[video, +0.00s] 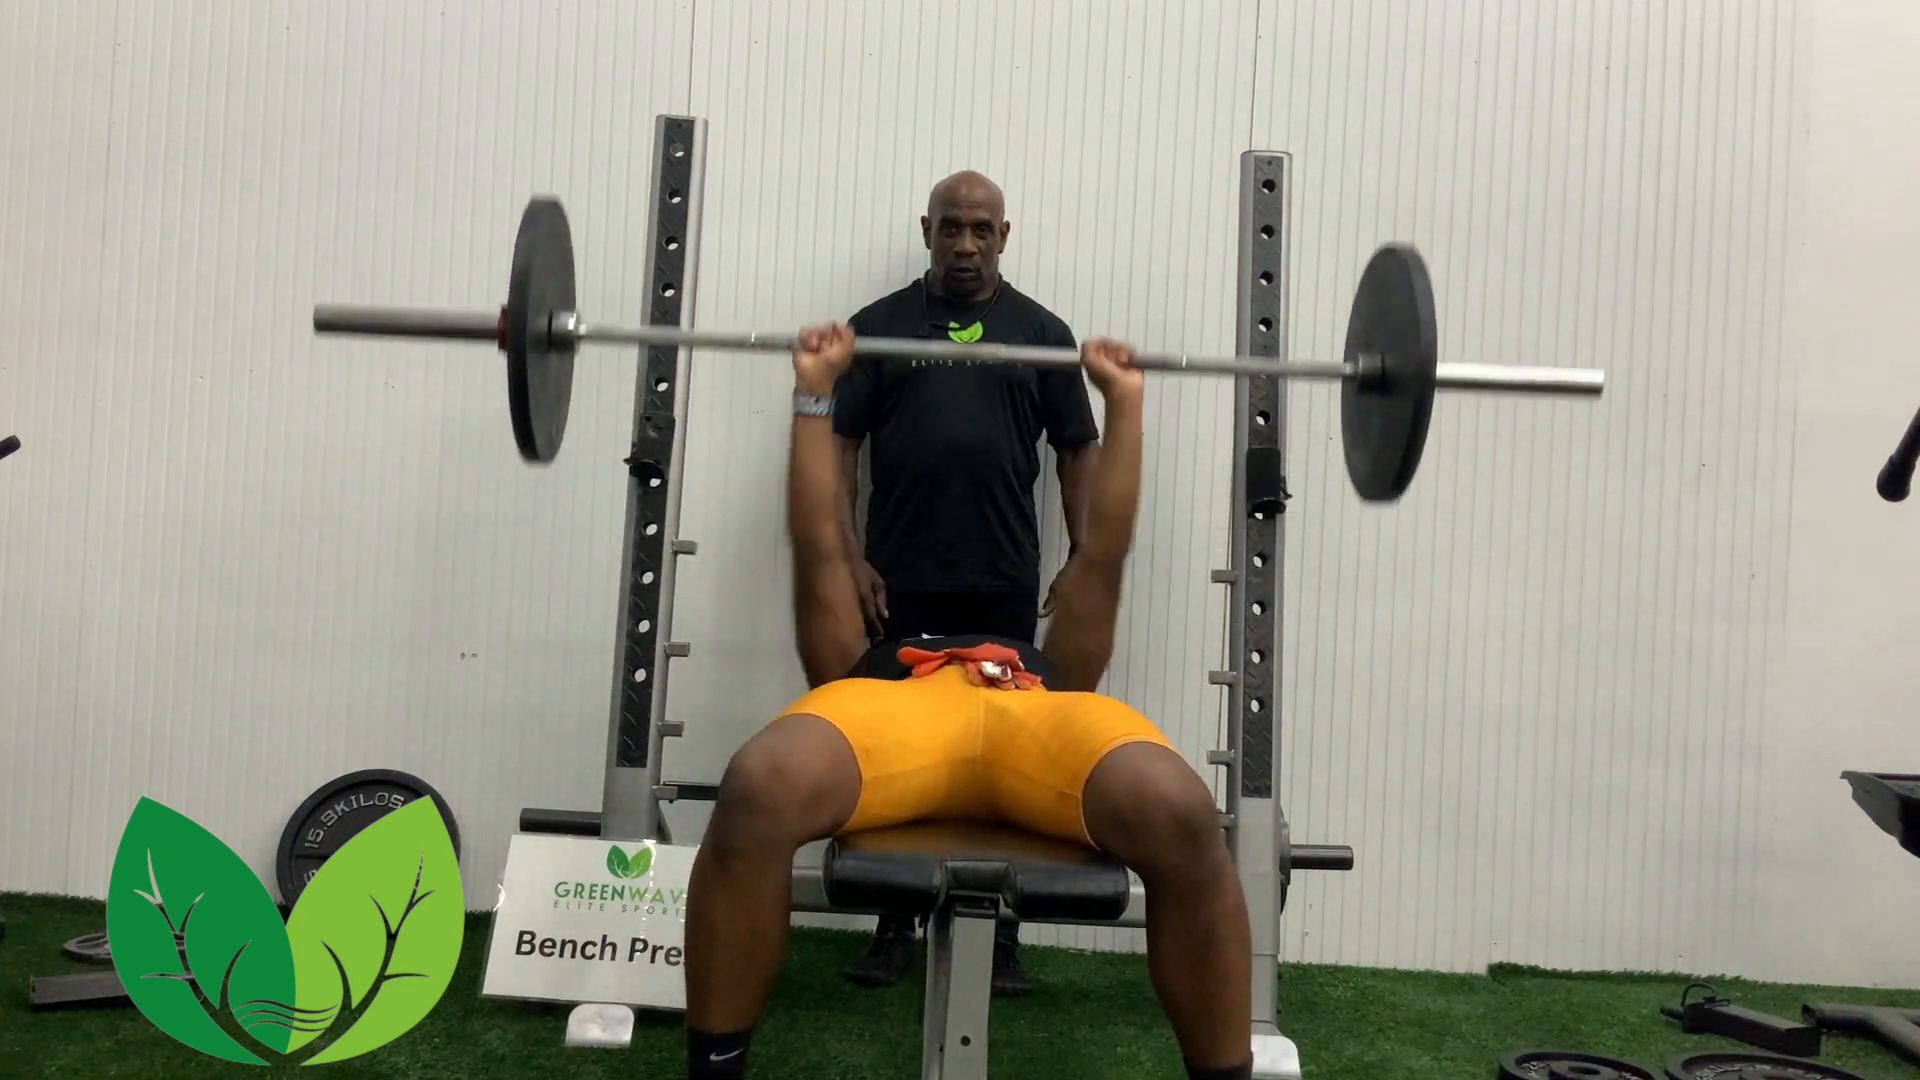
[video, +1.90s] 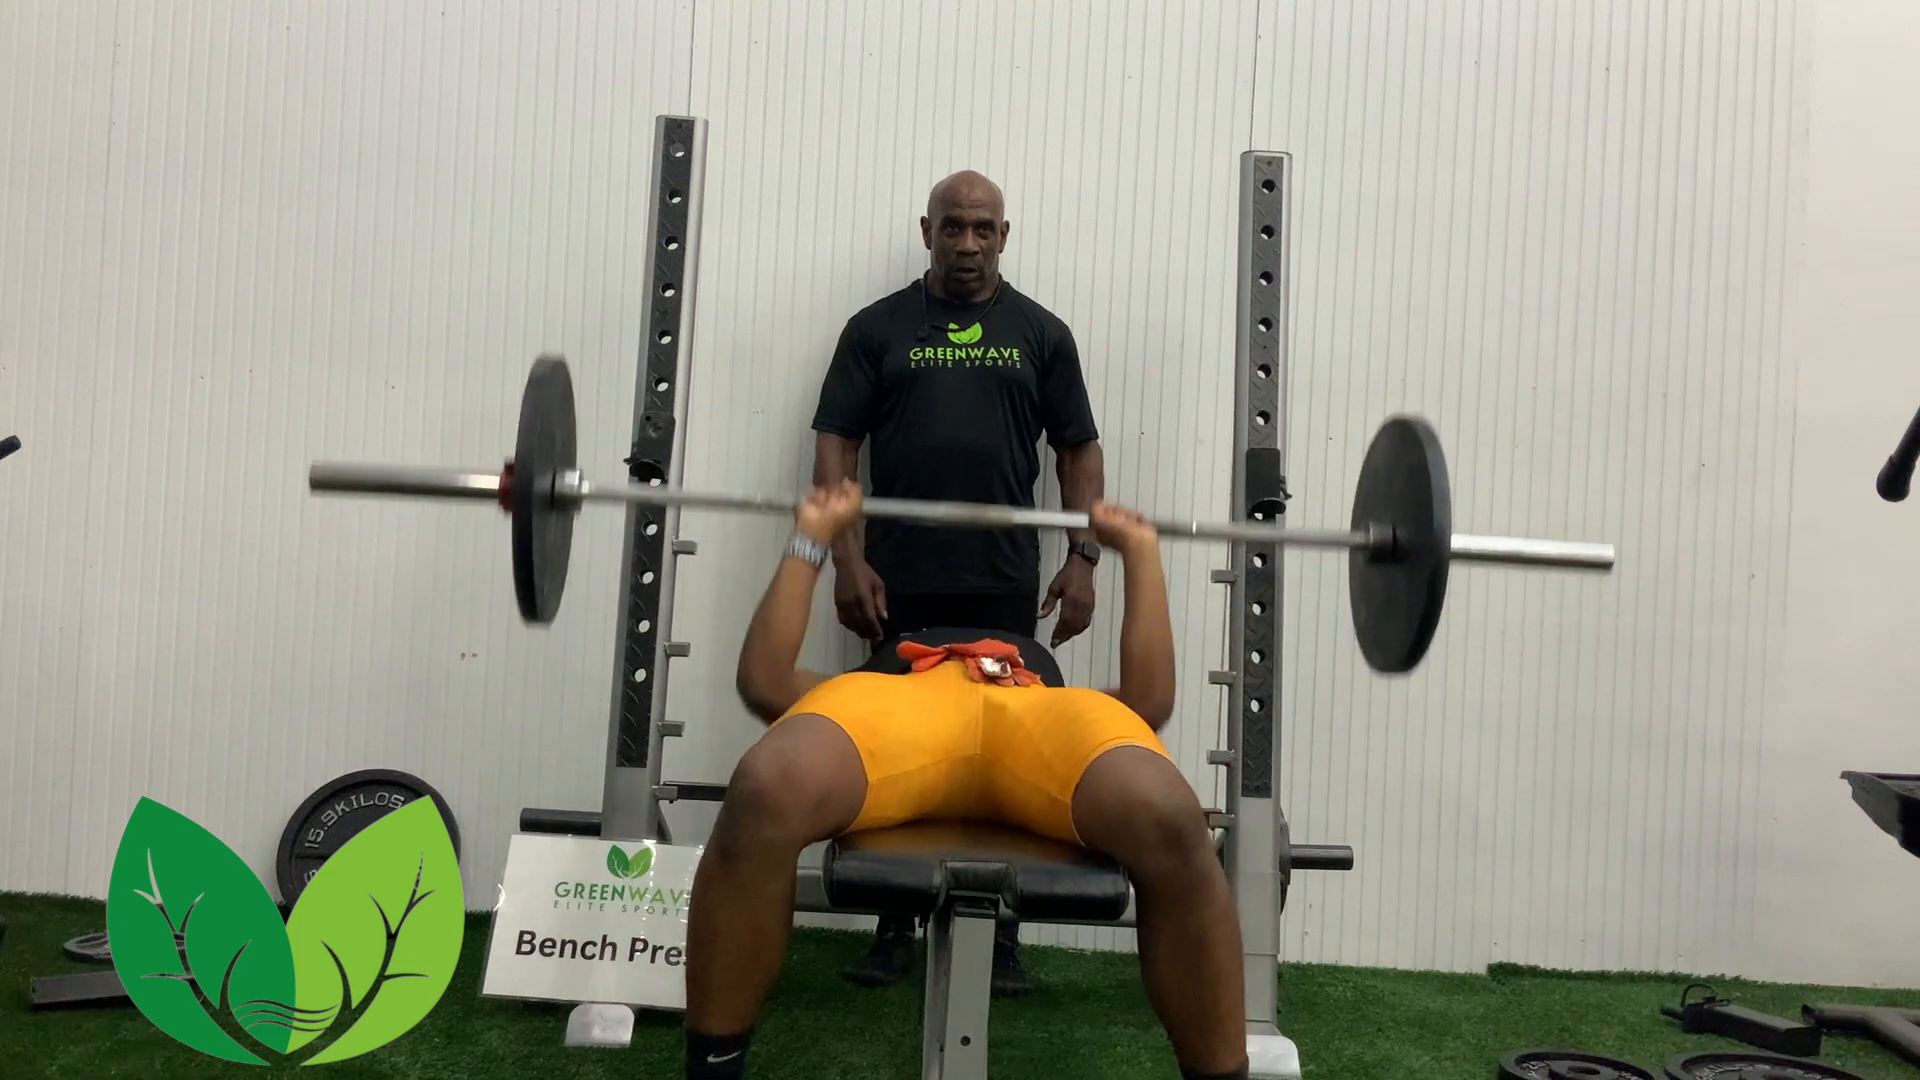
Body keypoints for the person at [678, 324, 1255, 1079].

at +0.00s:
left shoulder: (1058, 684)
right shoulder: (858, 671)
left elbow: (1102, 554)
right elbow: (820, 539)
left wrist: (1125, 398)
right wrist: (813, 395)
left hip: (1045, 711)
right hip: (889, 702)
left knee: (1181, 814)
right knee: (756, 787)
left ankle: (1227, 1073)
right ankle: (714, 1069)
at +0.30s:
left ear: (1032, 676)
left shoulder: (1064, 690)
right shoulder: (864, 679)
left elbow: (1158, 629)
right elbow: (770, 614)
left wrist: (1137, 475)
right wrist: (806, 471)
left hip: (1042, 708)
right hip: (886, 698)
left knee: (1183, 820)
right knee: (764, 788)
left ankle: (1226, 1071)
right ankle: (713, 1062)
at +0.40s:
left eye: (1001, 656)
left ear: (1019, 662)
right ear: (915, 657)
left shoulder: (1058, 691)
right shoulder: (874, 680)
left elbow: (1171, 703)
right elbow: (755, 685)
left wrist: (1136, 552)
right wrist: (805, 547)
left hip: (1041, 704)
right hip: (895, 696)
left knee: (1179, 822)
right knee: (758, 792)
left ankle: (1224, 1069)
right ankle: (712, 1066)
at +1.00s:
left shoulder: (1063, 689)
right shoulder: (854, 681)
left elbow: (1143, 607)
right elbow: (790, 577)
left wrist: (1138, 447)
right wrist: (810, 430)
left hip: (1044, 707)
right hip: (891, 696)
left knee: (1189, 819)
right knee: (758, 789)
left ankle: (1223, 1072)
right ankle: (712, 1065)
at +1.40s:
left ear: (1029, 677)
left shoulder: (1057, 685)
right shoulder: (877, 670)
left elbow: (1153, 661)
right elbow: (785, 642)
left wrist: (1145, 512)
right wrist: (819, 508)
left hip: (1048, 712)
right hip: (892, 702)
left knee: (1179, 822)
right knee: (754, 786)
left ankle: (1224, 1073)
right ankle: (713, 1066)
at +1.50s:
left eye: (1009, 666)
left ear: (1037, 684)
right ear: (918, 654)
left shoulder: (1055, 691)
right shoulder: (884, 681)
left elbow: (1145, 734)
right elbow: (780, 733)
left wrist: (1139, 600)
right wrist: (811, 595)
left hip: (1047, 712)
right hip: (890, 700)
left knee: (1181, 820)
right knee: (757, 786)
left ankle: (1225, 1072)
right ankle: (712, 1064)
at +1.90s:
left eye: (1003, 655)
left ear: (1020, 664)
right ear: (922, 659)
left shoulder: (1052, 686)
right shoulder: (876, 677)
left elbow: (1150, 702)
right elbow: (764, 682)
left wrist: (1142, 550)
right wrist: (810, 544)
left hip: (1042, 704)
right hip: (896, 695)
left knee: (1177, 829)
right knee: (759, 796)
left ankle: (1223, 1070)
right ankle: (713, 1065)